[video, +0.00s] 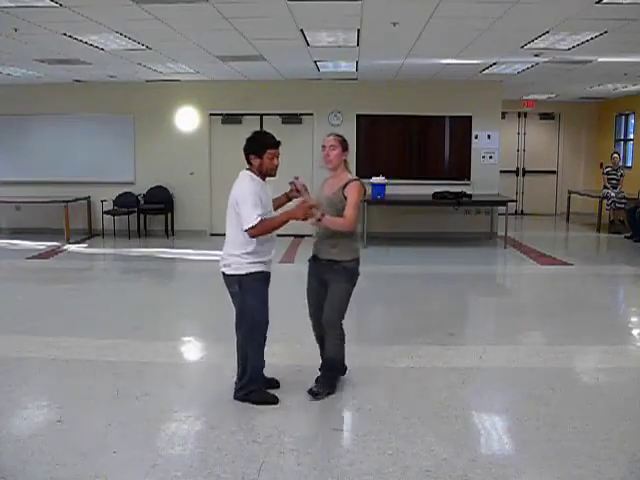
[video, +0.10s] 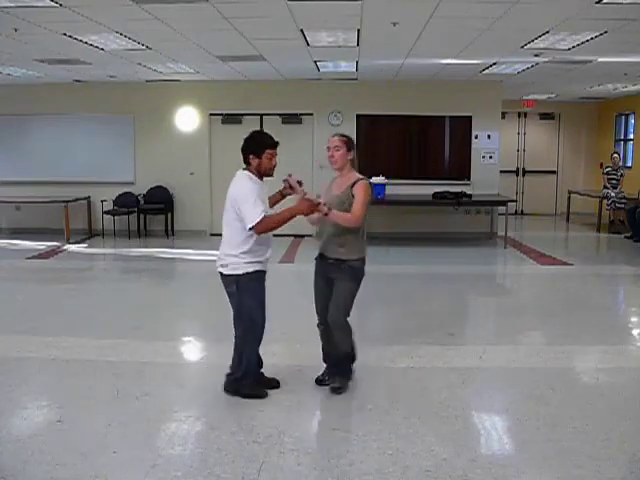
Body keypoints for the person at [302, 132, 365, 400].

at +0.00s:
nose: (327, 153)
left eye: (332, 148)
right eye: (324, 148)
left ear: (344, 153)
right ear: (322, 154)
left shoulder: (353, 185)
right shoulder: (326, 183)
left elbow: (349, 224)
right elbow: (321, 215)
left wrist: (321, 219)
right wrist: (305, 196)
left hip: (343, 264)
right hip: (320, 260)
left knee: (331, 320)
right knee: (317, 318)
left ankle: (328, 377)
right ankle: (334, 365)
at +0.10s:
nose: (332, 154)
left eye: (337, 149)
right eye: (329, 150)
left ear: (350, 153)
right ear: (328, 154)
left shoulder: (360, 184)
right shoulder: (331, 184)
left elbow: (355, 220)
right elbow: (322, 217)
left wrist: (327, 212)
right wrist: (303, 197)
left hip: (349, 262)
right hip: (326, 259)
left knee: (336, 318)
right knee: (324, 318)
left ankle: (343, 371)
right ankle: (331, 367)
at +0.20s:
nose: (338, 155)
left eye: (343, 150)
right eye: (336, 151)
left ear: (357, 153)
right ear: (335, 155)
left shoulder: (368, 183)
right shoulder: (342, 183)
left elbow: (360, 215)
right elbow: (326, 209)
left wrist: (330, 210)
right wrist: (299, 197)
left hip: (357, 262)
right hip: (334, 259)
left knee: (345, 317)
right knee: (329, 319)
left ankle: (371, 358)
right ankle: (335, 367)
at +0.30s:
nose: (345, 157)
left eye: (349, 152)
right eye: (343, 153)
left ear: (364, 154)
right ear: (347, 156)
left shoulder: (378, 184)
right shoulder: (353, 183)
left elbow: (362, 213)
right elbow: (337, 208)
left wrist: (333, 209)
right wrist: (302, 205)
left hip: (369, 263)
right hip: (345, 258)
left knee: (360, 318)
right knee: (329, 312)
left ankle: (385, 363)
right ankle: (333, 365)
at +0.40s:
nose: (352, 158)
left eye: (356, 153)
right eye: (352, 153)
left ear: (372, 155)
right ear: (366, 157)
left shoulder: (385, 185)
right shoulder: (362, 187)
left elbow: (368, 211)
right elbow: (343, 213)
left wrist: (337, 211)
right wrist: (313, 217)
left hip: (380, 265)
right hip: (357, 261)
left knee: (370, 318)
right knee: (339, 310)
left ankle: (385, 365)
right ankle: (330, 364)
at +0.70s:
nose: (368, 156)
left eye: (372, 151)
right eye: (368, 151)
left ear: (388, 154)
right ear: (387, 155)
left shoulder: (393, 185)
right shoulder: (391, 183)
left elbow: (361, 209)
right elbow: (368, 214)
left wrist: (329, 216)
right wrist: (338, 211)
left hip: (398, 257)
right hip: (392, 255)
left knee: (383, 310)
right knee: (384, 307)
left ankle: (387, 364)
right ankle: (406, 348)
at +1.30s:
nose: (337, 154)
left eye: (340, 150)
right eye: (338, 150)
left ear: (353, 154)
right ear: (354, 154)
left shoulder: (367, 185)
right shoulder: (350, 183)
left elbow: (345, 215)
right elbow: (343, 216)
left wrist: (314, 229)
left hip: (372, 262)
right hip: (348, 262)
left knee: (379, 318)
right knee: (332, 310)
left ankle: (389, 365)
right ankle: (354, 357)